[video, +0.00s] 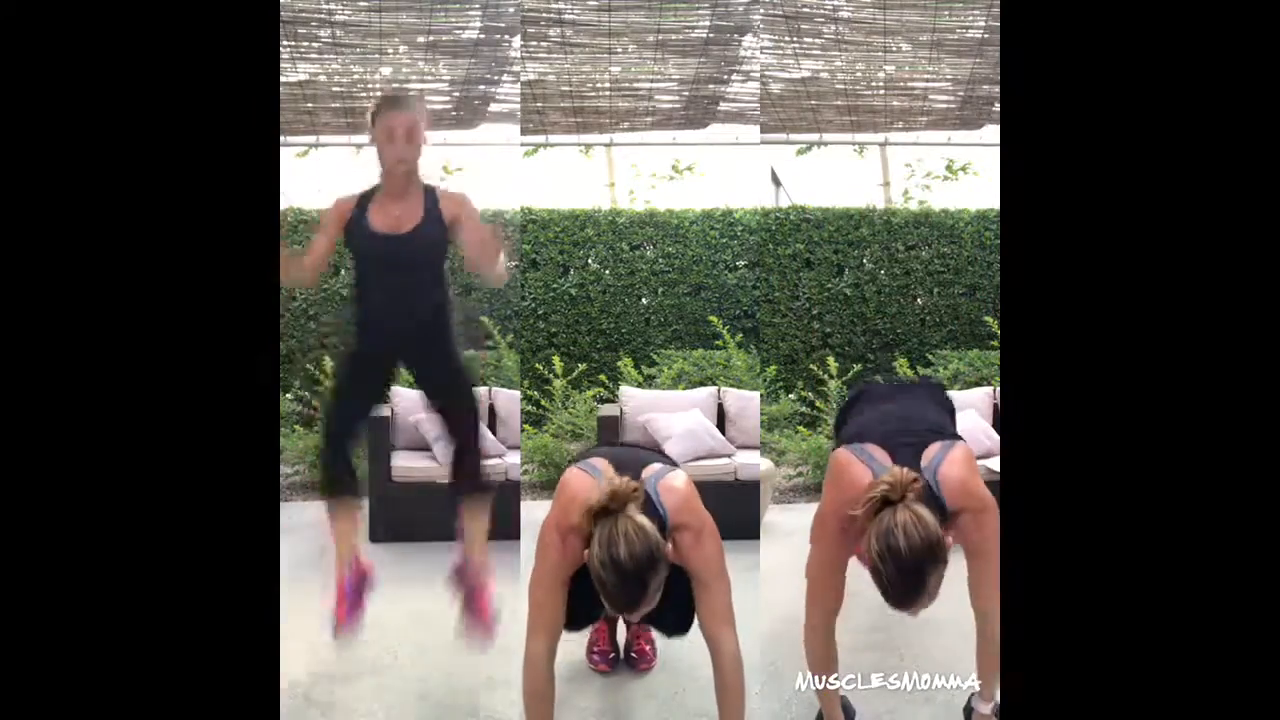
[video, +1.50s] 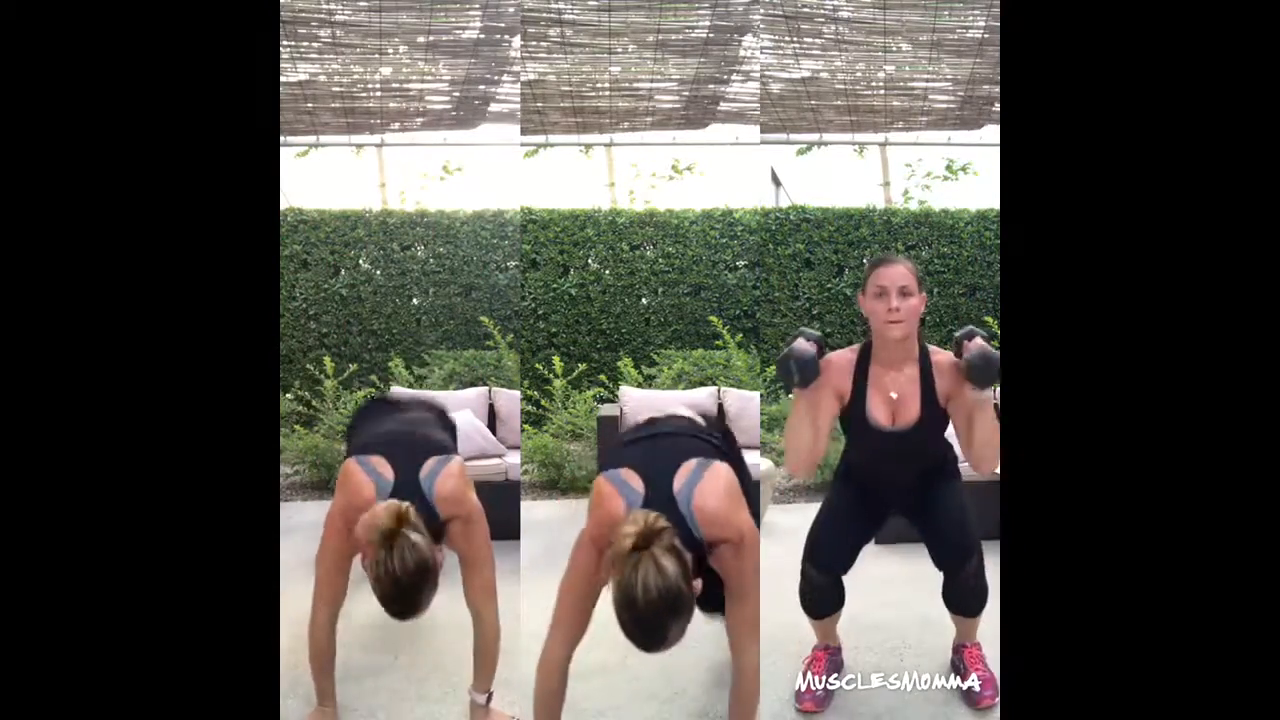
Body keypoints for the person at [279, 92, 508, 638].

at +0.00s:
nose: (402, 144)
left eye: (411, 133)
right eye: (391, 135)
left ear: (424, 139)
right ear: (374, 140)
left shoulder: (449, 206)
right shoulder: (349, 210)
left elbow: (490, 273)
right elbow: (305, 270)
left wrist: (492, 248)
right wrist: (282, 260)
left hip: (433, 346)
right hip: (372, 347)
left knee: (470, 442)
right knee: (335, 445)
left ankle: (475, 566)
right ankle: (351, 567)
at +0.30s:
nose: (396, 204)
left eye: (407, 191)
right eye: (385, 192)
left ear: (423, 181)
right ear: (370, 185)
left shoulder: (452, 237)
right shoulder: (348, 237)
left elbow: (478, 315)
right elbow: (334, 317)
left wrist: (466, 363)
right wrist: (329, 379)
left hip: (436, 383)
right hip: (374, 384)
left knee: (443, 499)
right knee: (373, 498)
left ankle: (451, 610)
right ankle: (369, 607)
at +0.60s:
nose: (404, 334)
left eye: (413, 323)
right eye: (392, 325)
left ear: (428, 310)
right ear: (376, 316)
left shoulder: (456, 329)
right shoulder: (352, 335)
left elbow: (494, 412)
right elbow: (314, 433)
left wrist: (497, 492)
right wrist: (308, 531)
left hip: (439, 398)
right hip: (377, 399)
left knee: (448, 501)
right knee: (367, 503)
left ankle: (451, 610)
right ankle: (370, 607)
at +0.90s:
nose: (410, 562)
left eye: (418, 556)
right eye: (400, 557)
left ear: (438, 512)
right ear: (380, 513)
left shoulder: (455, 477)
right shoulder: (358, 475)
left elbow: (478, 595)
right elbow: (337, 599)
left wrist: (482, 695)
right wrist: (324, 702)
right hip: (368, 377)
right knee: (361, 514)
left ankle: (452, 609)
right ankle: (369, 607)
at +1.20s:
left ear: (437, 553)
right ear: (366, 553)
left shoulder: (459, 499)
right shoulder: (350, 500)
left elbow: (485, 613)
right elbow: (322, 616)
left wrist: (481, 701)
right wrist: (325, 707)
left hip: (437, 428)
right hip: (367, 429)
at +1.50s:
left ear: (439, 552)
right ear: (366, 558)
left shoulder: (458, 500)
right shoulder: (352, 494)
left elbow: (485, 612)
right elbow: (323, 613)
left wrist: (481, 702)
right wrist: (325, 707)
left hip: (435, 419)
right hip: (369, 419)